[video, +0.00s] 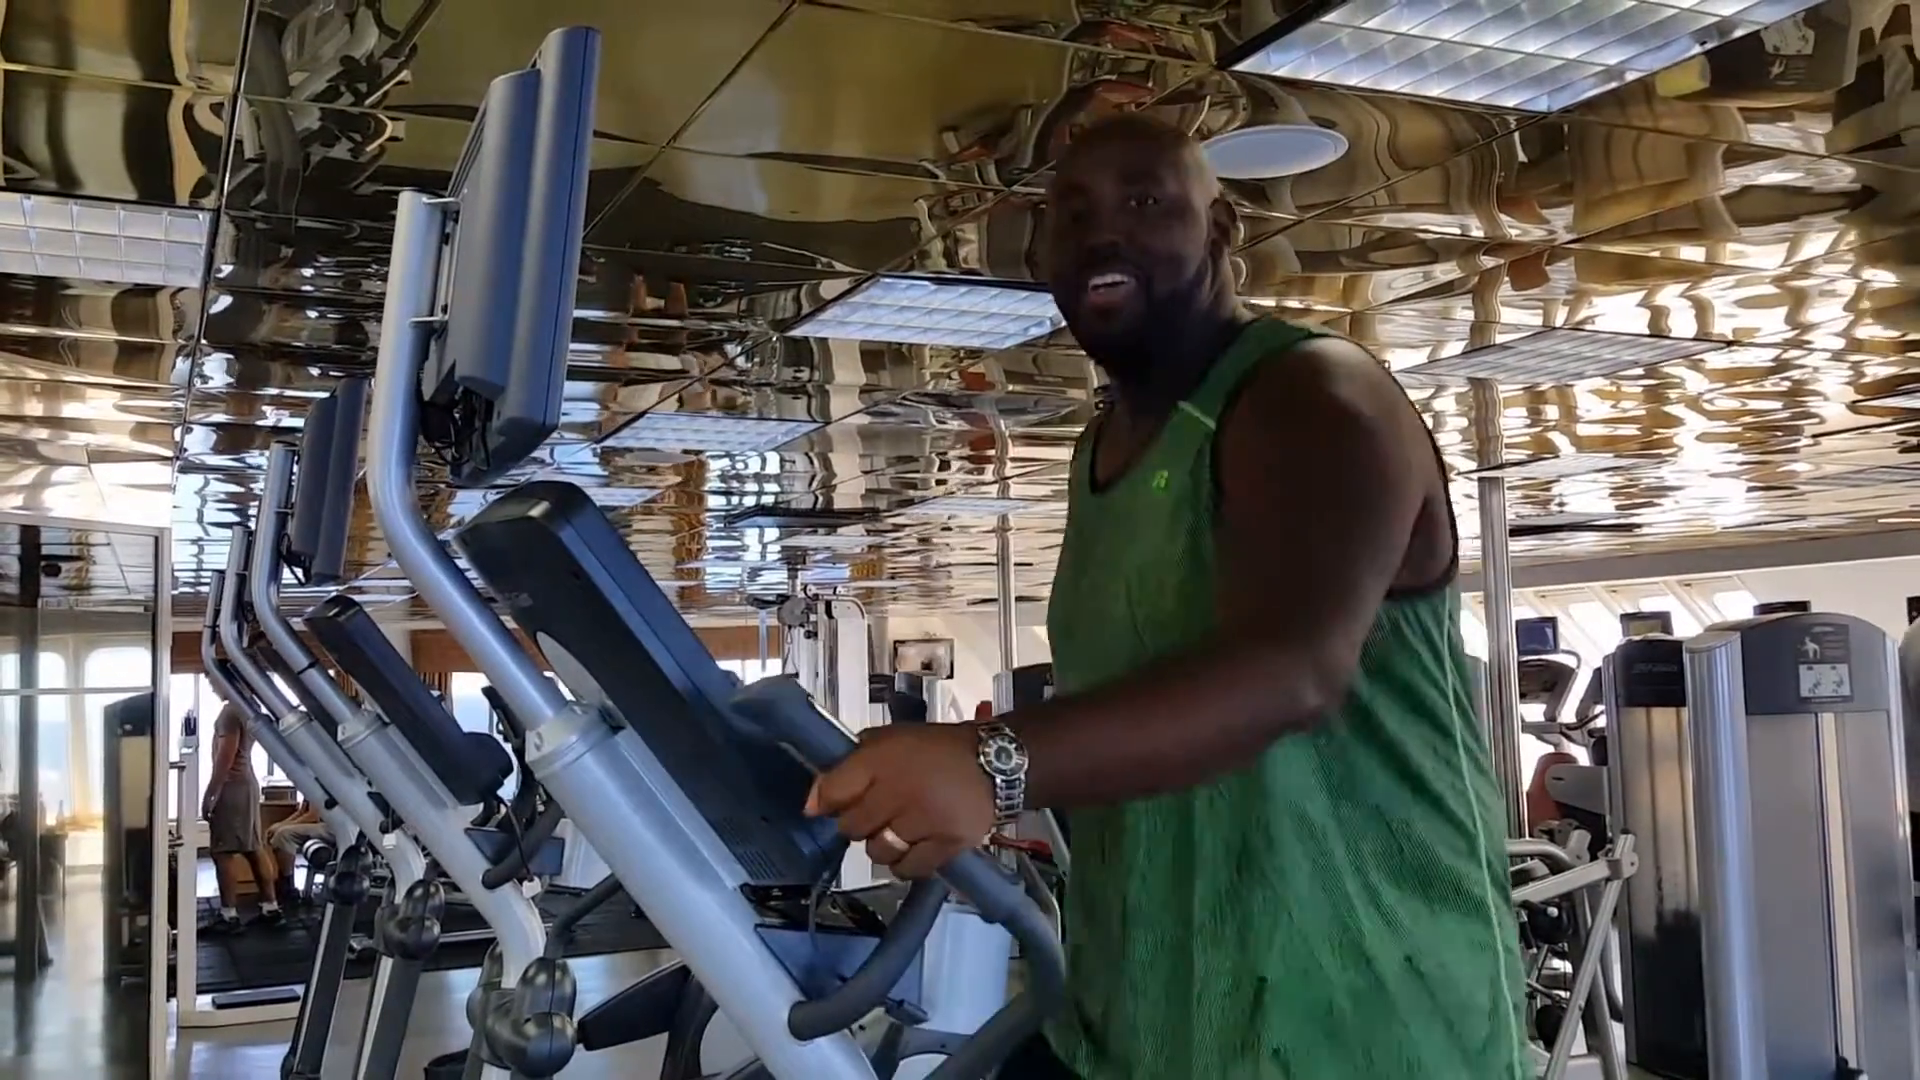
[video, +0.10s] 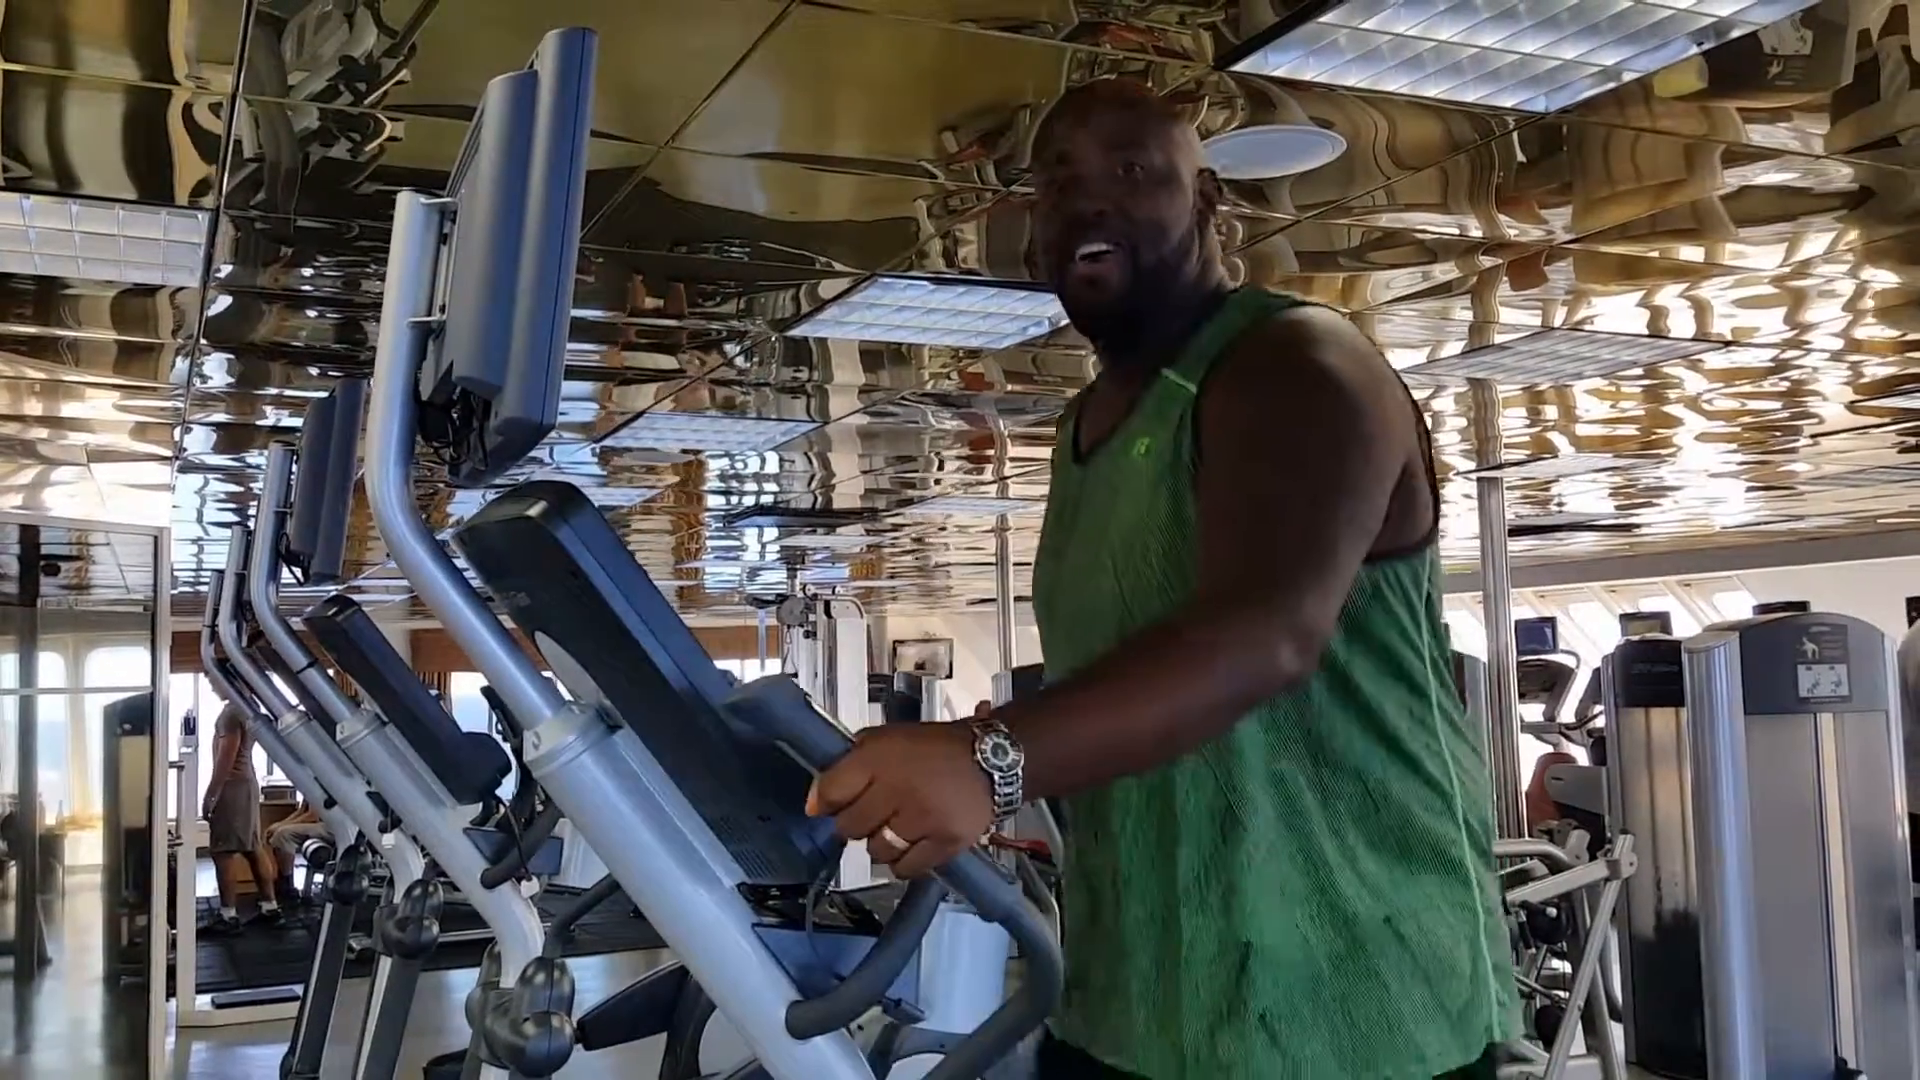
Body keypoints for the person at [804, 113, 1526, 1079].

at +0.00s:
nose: (1099, 221)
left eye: (1145, 198)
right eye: (1069, 200)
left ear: (1223, 239)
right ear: (1038, 252)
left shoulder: (1322, 398)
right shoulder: (1107, 443)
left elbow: (1297, 666)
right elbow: (1151, 698)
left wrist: (999, 766)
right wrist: (994, 755)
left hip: (1348, 1008)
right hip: (1153, 996)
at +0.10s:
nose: (1087, 198)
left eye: (1133, 170)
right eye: (1058, 176)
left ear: (1207, 207)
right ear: (1034, 215)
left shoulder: (1307, 367)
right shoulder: (1093, 419)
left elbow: (1273, 630)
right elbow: (1122, 659)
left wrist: (996, 765)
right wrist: (1000, 735)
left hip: (1338, 993)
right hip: (1142, 980)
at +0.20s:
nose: (1084, 202)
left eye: (1128, 172)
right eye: (1056, 178)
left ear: (1201, 208)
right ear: (1033, 216)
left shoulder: (1303, 376)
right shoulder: (1074, 430)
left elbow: (1298, 637)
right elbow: (1076, 657)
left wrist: (1032, 761)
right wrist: (977, 752)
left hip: (1331, 990)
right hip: (1143, 982)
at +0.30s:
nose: (1093, 251)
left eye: (1136, 223)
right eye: (1064, 222)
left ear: (1202, 257)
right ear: (1030, 260)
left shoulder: (1307, 424)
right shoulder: (1064, 474)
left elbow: (1365, 705)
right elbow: (1058, 666)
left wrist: (1107, 767)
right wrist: (888, 744)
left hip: (1319, 1010)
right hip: (1132, 1007)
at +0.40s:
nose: (1096, 290)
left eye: (1136, 258)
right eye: (1065, 267)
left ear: (1205, 284)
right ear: (1035, 301)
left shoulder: (1323, 458)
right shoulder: (1056, 508)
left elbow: (1462, 734)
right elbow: (984, 713)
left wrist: (1219, 799)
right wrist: (787, 736)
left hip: (1322, 1012)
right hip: (1129, 1013)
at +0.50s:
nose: (1100, 277)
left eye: (1140, 240)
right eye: (1067, 252)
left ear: (1212, 265)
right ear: (1040, 283)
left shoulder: (1334, 439)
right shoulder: (1050, 498)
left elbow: (1516, 707)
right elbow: (945, 689)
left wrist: (1312, 832)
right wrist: (737, 732)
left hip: (1324, 1005)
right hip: (1123, 1005)